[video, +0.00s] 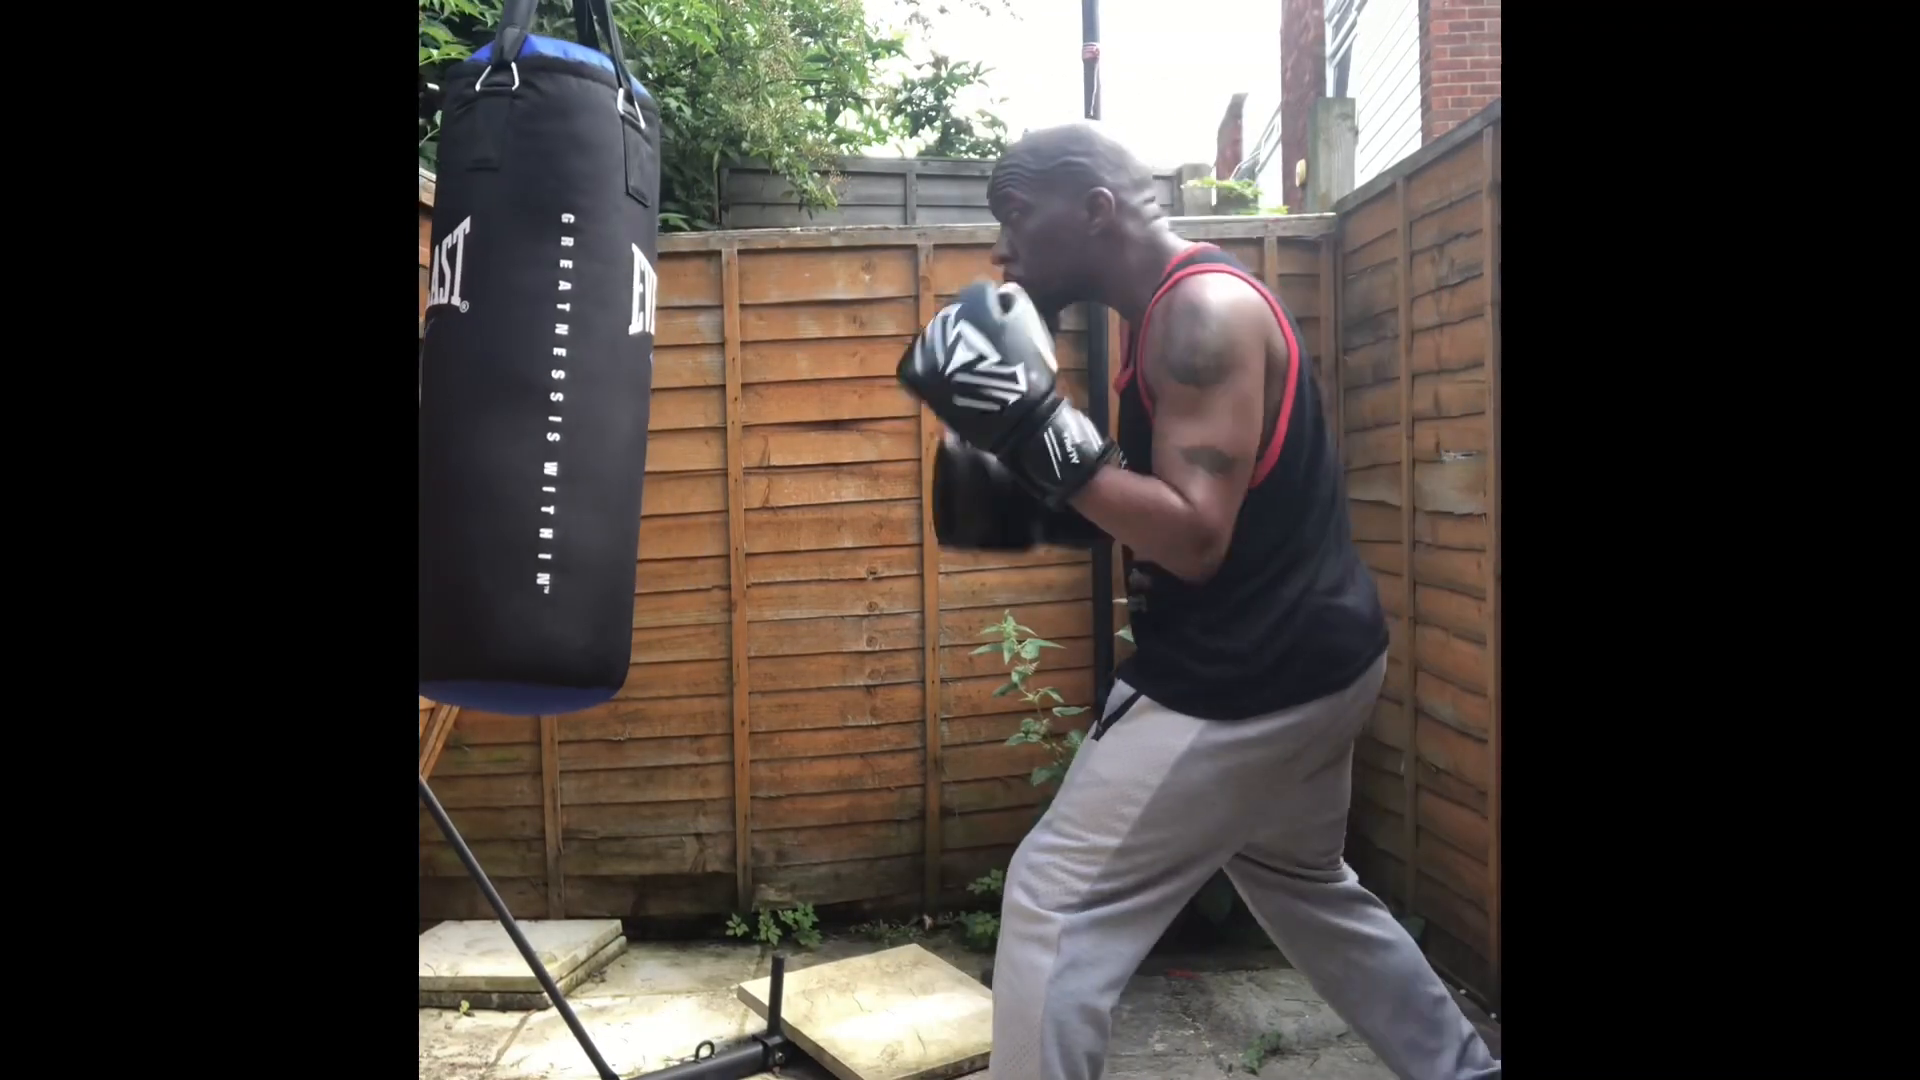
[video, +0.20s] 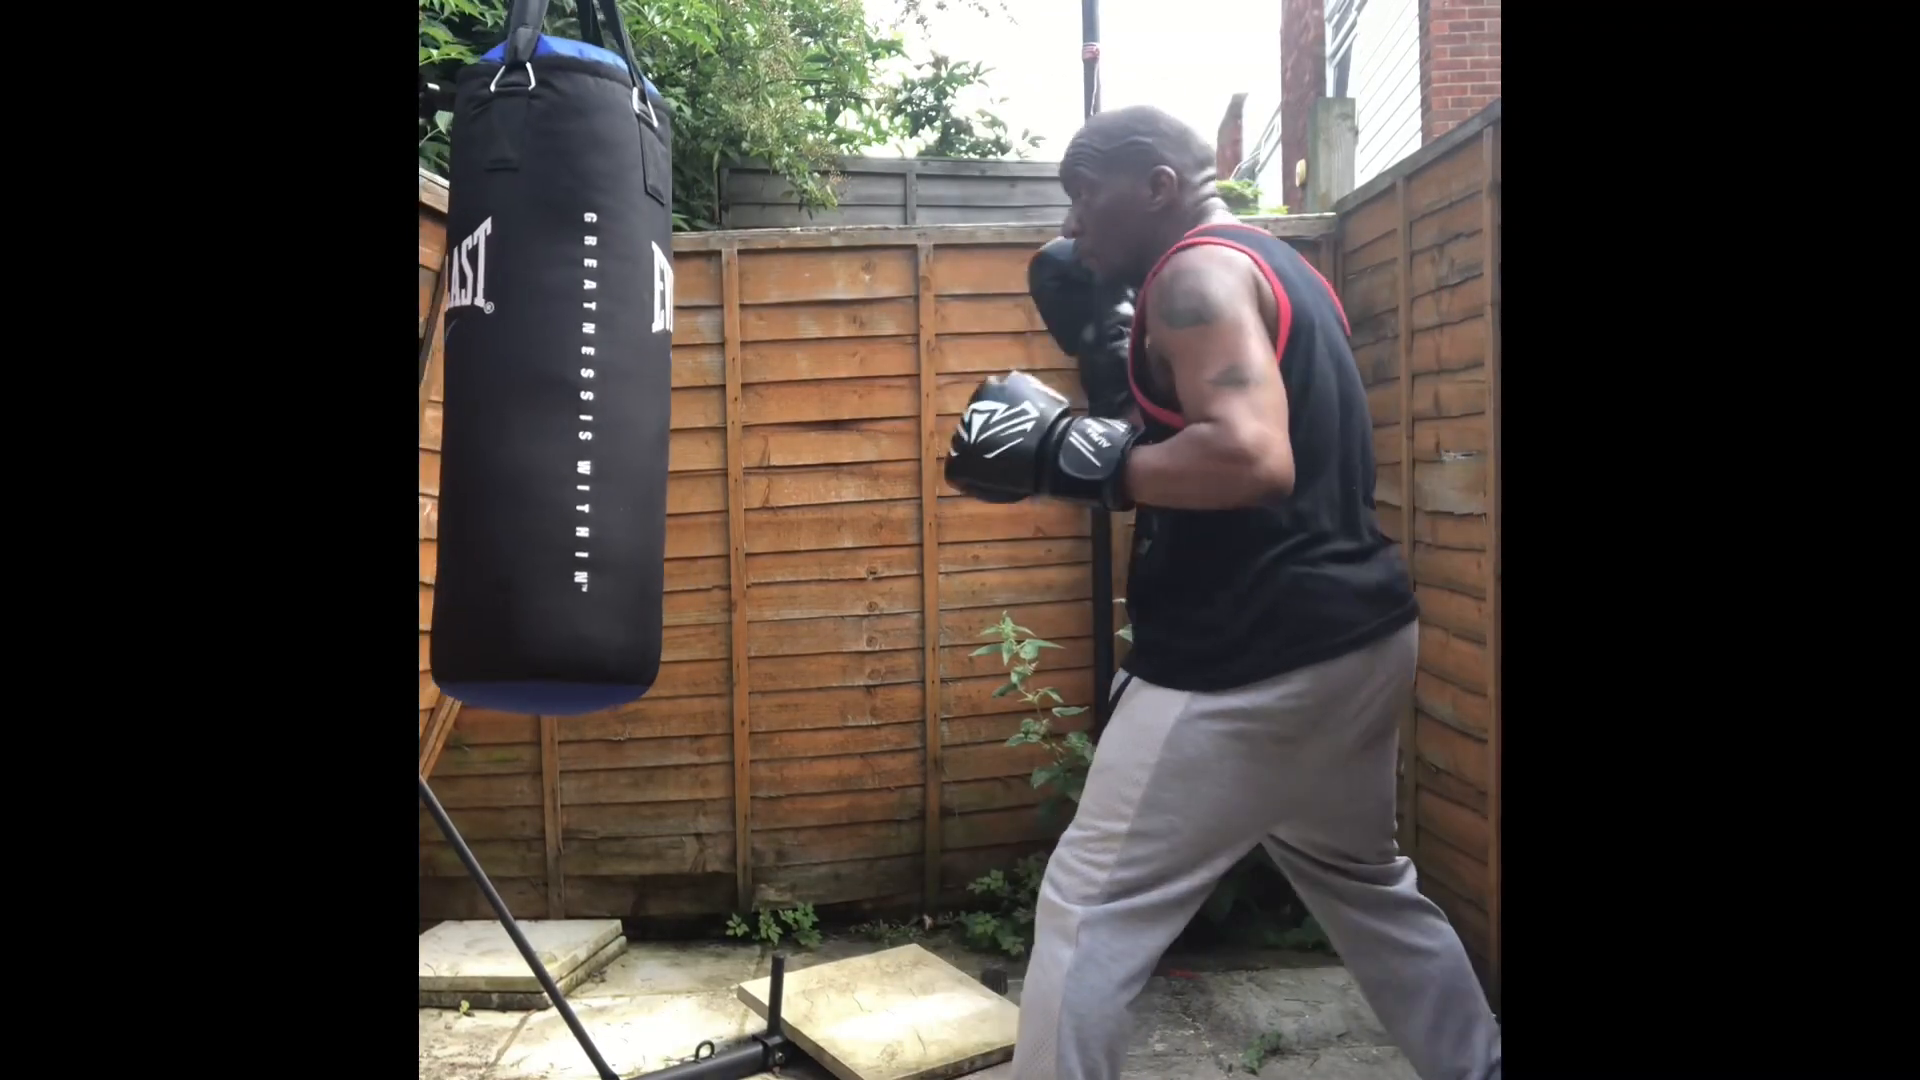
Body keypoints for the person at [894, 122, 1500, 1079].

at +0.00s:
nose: (1003, 252)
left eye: (1015, 219)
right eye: (999, 225)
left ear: (1098, 209)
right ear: (1102, 214)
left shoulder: (1205, 309)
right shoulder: (1159, 314)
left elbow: (1193, 539)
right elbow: (1152, 503)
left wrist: (1040, 426)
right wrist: (1033, 506)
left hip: (1243, 666)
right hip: (1304, 650)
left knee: (1056, 895)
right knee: (1299, 876)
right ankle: (1463, 1065)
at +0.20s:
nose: (1066, 223)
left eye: (1080, 196)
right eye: (1064, 199)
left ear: (1154, 188)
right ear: (1175, 191)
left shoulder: (1196, 275)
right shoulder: (1275, 259)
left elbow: (1252, 458)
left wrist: (1074, 451)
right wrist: (1108, 351)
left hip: (1239, 657)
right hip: (1357, 632)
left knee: (1089, 906)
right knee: (1363, 879)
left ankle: (1047, 1070)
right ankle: (1476, 1064)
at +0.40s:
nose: (1094, 213)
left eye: (1101, 187)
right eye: (1091, 189)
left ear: (1165, 173)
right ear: (1209, 176)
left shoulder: (1180, 254)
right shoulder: (1325, 257)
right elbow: (1279, 405)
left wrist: (1006, 332)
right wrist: (1132, 400)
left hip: (1232, 649)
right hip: (1379, 626)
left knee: (1079, 892)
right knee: (1388, 879)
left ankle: (1042, 1070)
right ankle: (1479, 1062)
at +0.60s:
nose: (1055, 273)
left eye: (1060, 253)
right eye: (1055, 256)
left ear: (1102, 226)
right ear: (1171, 204)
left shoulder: (1129, 249)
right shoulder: (1300, 283)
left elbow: (940, 335)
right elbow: (1234, 460)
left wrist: (833, 265)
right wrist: (1095, 415)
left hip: (1218, 675)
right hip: (1371, 655)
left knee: (1048, 900)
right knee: (1365, 877)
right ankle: (1480, 1056)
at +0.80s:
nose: (1054, 247)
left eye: (1060, 217)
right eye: (1045, 226)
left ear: (1134, 193)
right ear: (1138, 200)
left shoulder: (1240, 307)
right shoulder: (1165, 314)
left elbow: (1151, 523)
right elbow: (1133, 490)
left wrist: (1058, 373)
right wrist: (1003, 458)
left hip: (1253, 673)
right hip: (1302, 662)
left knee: (1062, 895)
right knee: (1318, 895)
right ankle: (1472, 1067)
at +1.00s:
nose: (1041, 260)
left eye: (1051, 231)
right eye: (1036, 237)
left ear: (1138, 212)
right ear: (1140, 219)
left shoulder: (1255, 322)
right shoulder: (1132, 331)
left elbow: (1248, 547)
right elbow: (1134, 494)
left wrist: (1085, 457)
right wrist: (1042, 443)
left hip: (1264, 689)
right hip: (1230, 676)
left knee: (1064, 899)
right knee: (1293, 895)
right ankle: (1469, 1059)